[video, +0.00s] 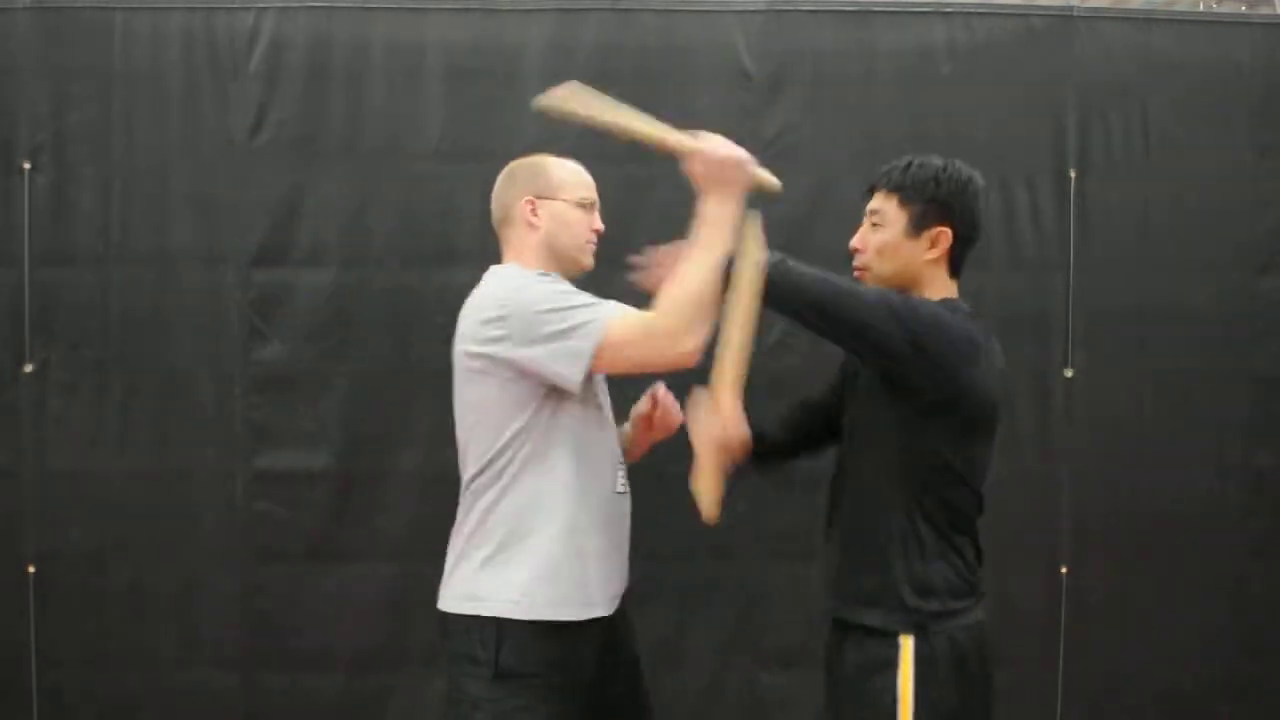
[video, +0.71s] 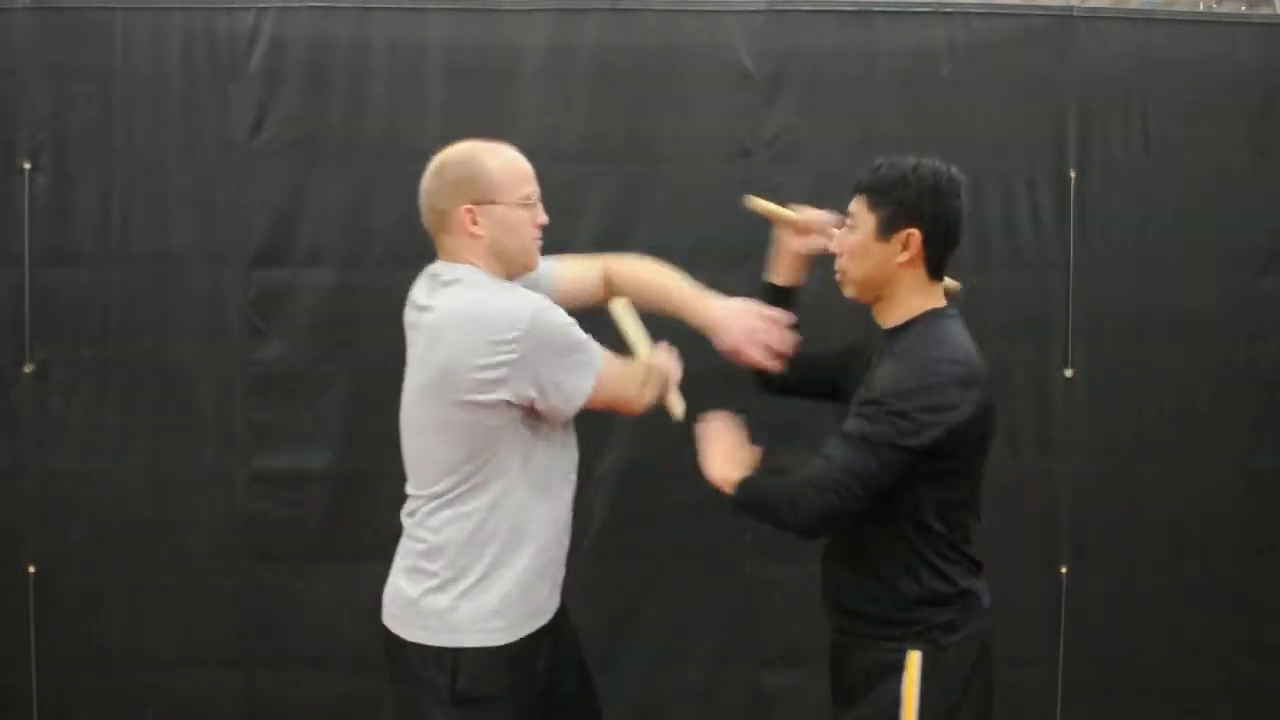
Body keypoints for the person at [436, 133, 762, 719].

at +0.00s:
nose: (599, 225)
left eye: (598, 211)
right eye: (585, 206)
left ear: (537, 214)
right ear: (533, 212)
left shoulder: (545, 309)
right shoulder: (509, 300)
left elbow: (546, 467)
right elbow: (676, 340)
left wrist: (630, 442)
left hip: (586, 618)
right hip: (514, 624)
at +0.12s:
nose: (605, 227)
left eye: (603, 212)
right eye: (592, 209)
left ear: (543, 217)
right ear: (541, 214)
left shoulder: (548, 302)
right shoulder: (529, 296)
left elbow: (560, 463)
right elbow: (702, 338)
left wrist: (635, 422)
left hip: (582, 613)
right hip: (523, 616)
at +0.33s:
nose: (603, 228)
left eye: (600, 212)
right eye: (590, 210)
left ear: (538, 216)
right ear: (541, 214)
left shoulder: (481, 315)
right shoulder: (572, 299)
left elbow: (601, 412)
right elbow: (731, 356)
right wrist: (805, 297)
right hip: (534, 619)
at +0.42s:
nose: (597, 225)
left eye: (594, 210)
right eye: (582, 208)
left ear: (531, 218)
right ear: (534, 216)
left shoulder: (472, 314)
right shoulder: (566, 308)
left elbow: (597, 404)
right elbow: (710, 378)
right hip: (522, 632)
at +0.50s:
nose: (587, 225)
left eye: (583, 209)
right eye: (572, 208)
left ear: (522, 220)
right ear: (522, 218)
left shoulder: (459, 317)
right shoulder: (566, 319)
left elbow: (544, 411)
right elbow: (682, 424)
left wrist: (626, 359)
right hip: (529, 637)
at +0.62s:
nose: (563, 222)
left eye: (558, 206)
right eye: (548, 206)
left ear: (492, 223)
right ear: (495, 222)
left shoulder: (450, 304)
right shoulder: (539, 327)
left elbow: (592, 319)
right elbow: (640, 431)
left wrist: (656, 331)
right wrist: (593, 359)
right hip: (499, 642)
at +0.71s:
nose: (543, 218)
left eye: (538, 202)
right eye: (527, 204)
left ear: (471, 221)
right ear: (473, 220)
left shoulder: (445, 289)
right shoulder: (508, 319)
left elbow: (610, 273)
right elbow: (635, 391)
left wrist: (717, 311)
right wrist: (660, 363)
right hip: (469, 643)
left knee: (577, 707)